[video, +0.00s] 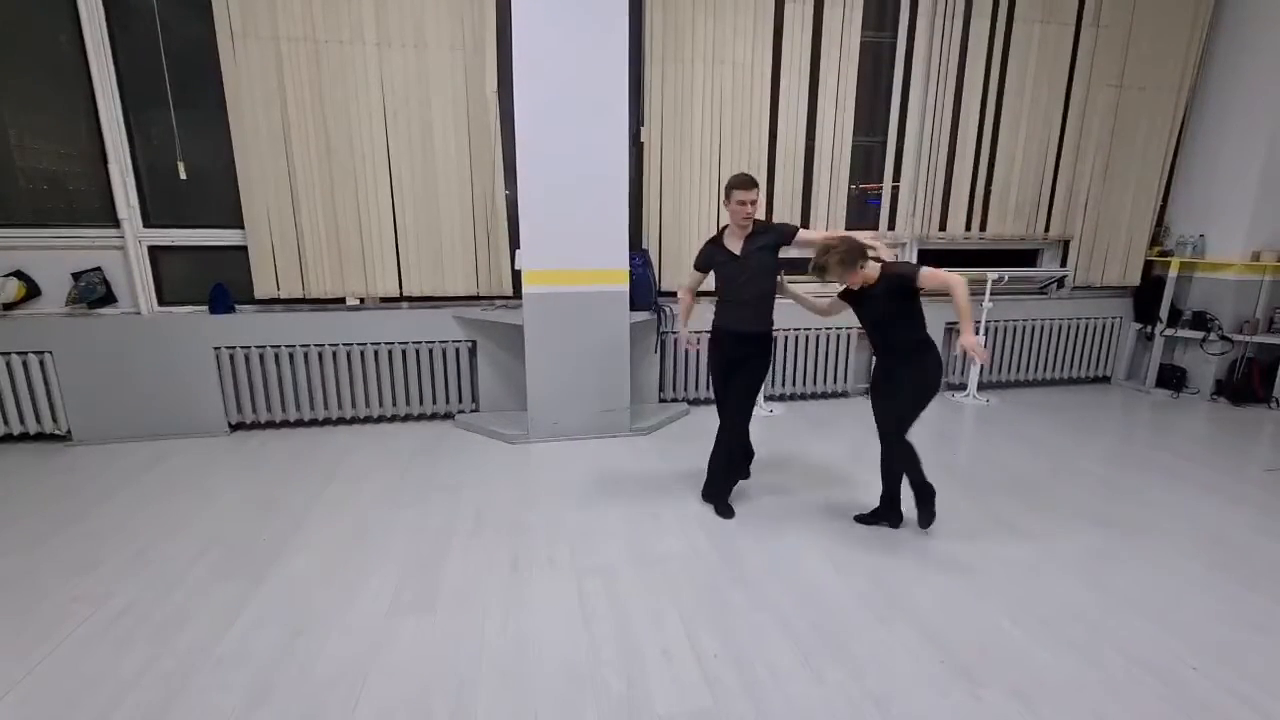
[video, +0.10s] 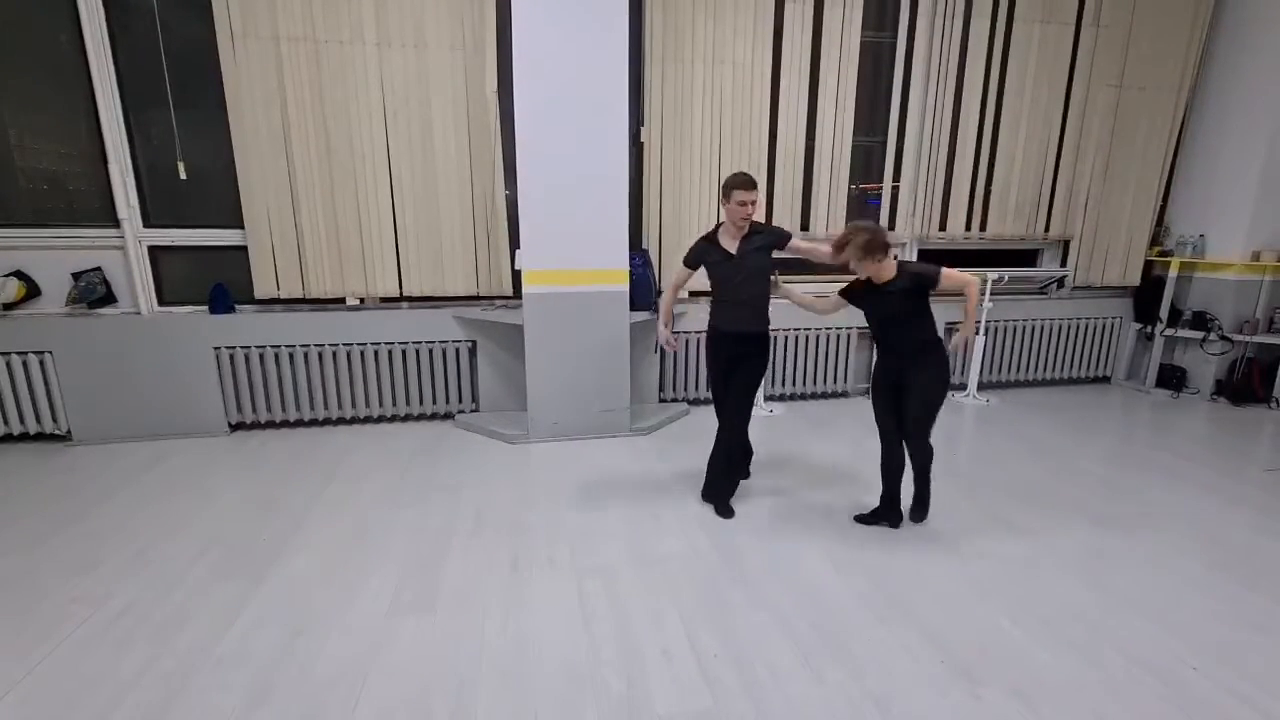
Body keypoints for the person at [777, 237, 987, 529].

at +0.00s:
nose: (844, 284)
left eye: (846, 277)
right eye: (841, 280)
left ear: (859, 265)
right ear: (843, 272)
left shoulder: (899, 274)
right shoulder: (853, 292)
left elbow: (956, 282)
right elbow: (826, 311)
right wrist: (789, 291)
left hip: (922, 367)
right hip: (887, 370)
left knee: (893, 432)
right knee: (888, 435)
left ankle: (924, 492)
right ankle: (889, 507)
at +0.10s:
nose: (853, 268)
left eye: (856, 262)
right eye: (851, 264)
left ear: (875, 256)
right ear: (862, 262)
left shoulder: (914, 274)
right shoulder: (860, 289)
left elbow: (971, 282)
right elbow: (824, 306)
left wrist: (969, 326)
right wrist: (784, 291)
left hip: (928, 367)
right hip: (888, 370)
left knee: (915, 435)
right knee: (890, 438)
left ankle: (922, 492)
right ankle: (890, 506)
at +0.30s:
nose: (898, 237)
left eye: (908, 234)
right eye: (900, 232)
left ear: (925, 247)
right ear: (897, 238)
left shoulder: (945, 279)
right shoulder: (884, 283)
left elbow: (995, 291)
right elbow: (830, 296)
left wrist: (968, 318)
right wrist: (789, 289)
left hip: (940, 365)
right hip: (898, 361)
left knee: (925, 429)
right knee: (860, 415)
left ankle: (915, 493)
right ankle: (874, 481)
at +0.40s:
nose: (913, 238)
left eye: (923, 235)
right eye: (914, 232)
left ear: (941, 247)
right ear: (911, 240)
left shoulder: (957, 282)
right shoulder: (893, 283)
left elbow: (995, 296)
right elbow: (840, 295)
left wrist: (970, 316)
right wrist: (798, 293)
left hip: (943, 368)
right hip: (901, 363)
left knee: (930, 431)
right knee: (858, 415)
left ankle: (916, 493)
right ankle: (861, 479)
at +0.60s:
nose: (924, 241)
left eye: (934, 238)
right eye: (925, 236)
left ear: (953, 249)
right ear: (923, 242)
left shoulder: (968, 285)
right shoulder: (903, 281)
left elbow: (1002, 303)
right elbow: (853, 283)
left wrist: (971, 319)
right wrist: (810, 278)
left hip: (950, 372)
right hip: (906, 365)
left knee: (933, 434)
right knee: (862, 414)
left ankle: (917, 492)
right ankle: (866, 479)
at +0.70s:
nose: (925, 238)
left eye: (935, 234)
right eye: (926, 232)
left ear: (954, 244)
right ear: (923, 238)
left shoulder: (970, 283)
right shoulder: (905, 275)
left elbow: (1009, 304)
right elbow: (852, 273)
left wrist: (975, 319)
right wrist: (803, 260)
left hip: (947, 370)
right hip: (906, 363)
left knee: (928, 434)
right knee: (869, 416)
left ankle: (915, 492)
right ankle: (885, 474)